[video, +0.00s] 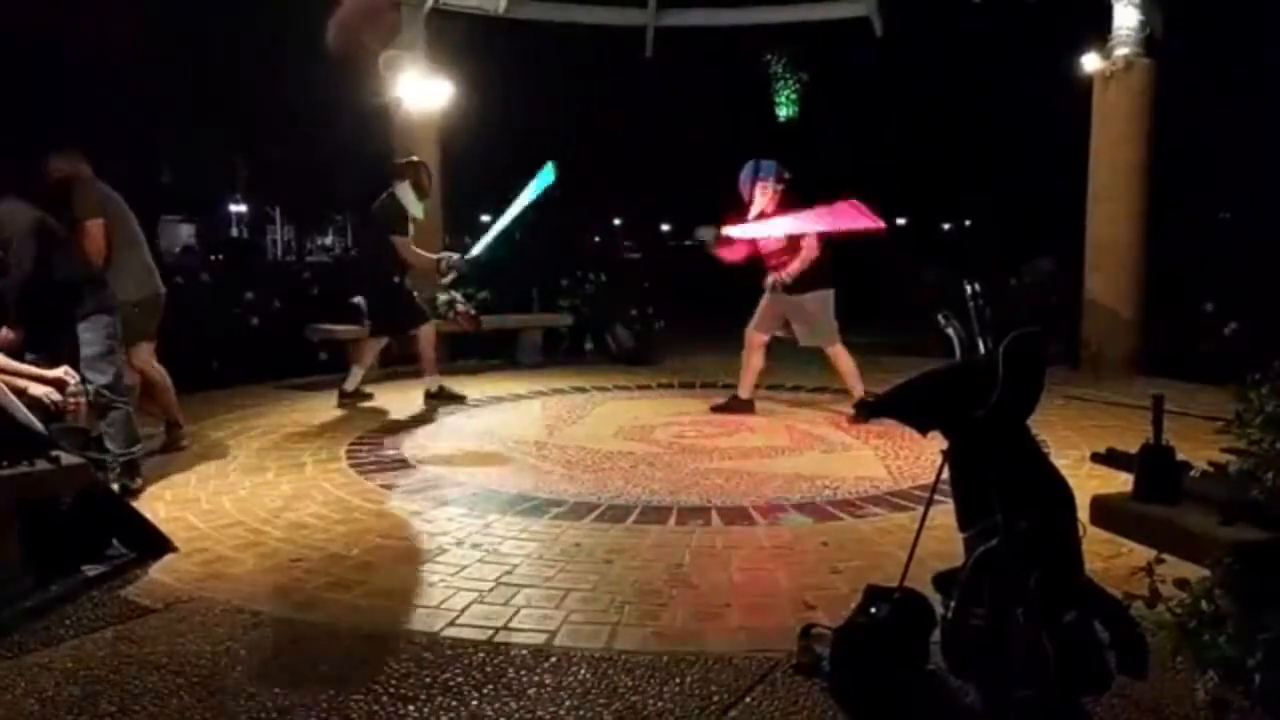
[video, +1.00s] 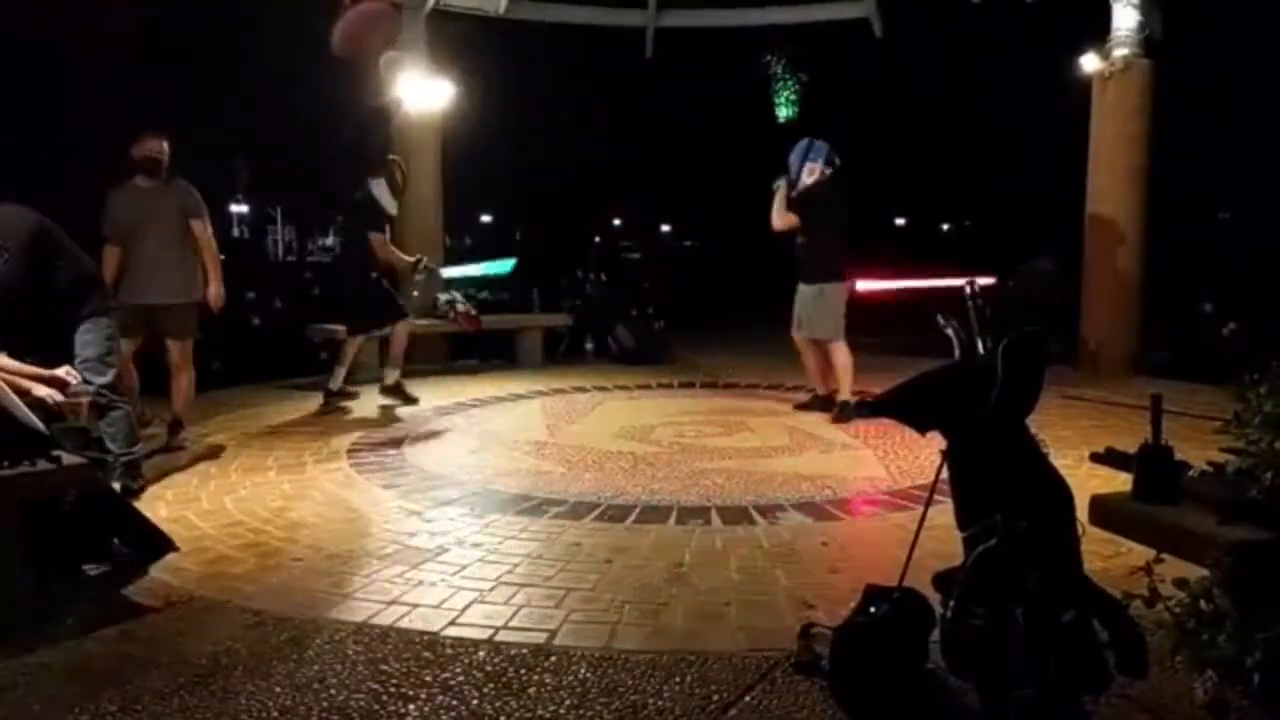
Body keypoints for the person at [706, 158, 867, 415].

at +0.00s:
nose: (767, 195)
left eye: (772, 189)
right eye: (761, 189)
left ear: (779, 191)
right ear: (751, 190)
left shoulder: (797, 215)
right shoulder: (753, 220)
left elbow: (812, 248)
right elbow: (738, 253)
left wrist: (785, 273)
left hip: (812, 288)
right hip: (778, 289)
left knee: (831, 345)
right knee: (755, 337)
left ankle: (861, 399)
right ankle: (743, 398)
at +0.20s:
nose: (749, 194)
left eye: (754, 188)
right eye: (745, 189)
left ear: (764, 188)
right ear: (736, 191)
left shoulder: (776, 210)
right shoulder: (739, 223)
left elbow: (797, 245)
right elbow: (724, 250)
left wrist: (790, 282)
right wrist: (688, 253)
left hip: (802, 283)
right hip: (771, 286)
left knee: (818, 344)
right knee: (746, 335)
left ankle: (852, 399)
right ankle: (742, 398)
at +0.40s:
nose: (747, 189)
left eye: (751, 183)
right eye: (745, 183)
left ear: (761, 183)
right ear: (740, 184)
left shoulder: (778, 205)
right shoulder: (746, 217)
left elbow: (797, 242)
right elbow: (741, 253)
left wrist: (778, 276)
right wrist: (712, 270)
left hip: (801, 282)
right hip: (769, 282)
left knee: (812, 342)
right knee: (751, 336)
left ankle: (844, 399)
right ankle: (743, 397)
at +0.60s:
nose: (768, 187)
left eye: (772, 181)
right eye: (768, 181)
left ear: (781, 181)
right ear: (773, 180)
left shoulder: (795, 206)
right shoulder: (776, 208)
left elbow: (794, 249)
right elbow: (782, 245)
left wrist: (757, 244)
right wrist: (756, 241)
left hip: (806, 288)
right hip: (782, 287)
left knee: (813, 344)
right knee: (764, 340)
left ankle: (843, 400)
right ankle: (745, 397)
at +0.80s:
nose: (787, 179)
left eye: (790, 173)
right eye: (788, 173)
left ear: (802, 173)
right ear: (809, 173)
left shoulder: (812, 200)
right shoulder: (804, 198)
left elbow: (786, 234)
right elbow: (790, 233)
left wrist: (770, 218)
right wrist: (781, 222)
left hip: (822, 282)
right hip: (804, 281)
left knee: (825, 340)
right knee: (782, 331)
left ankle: (844, 399)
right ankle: (781, 395)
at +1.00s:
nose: (800, 174)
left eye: (803, 169)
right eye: (800, 169)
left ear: (815, 167)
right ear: (817, 167)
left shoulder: (825, 194)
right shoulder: (813, 193)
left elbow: (780, 222)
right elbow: (786, 219)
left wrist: (781, 191)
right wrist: (789, 193)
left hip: (829, 278)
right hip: (810, 278)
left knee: (833, 338)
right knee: (801, 334)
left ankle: (845, 398)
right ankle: (821, 393)